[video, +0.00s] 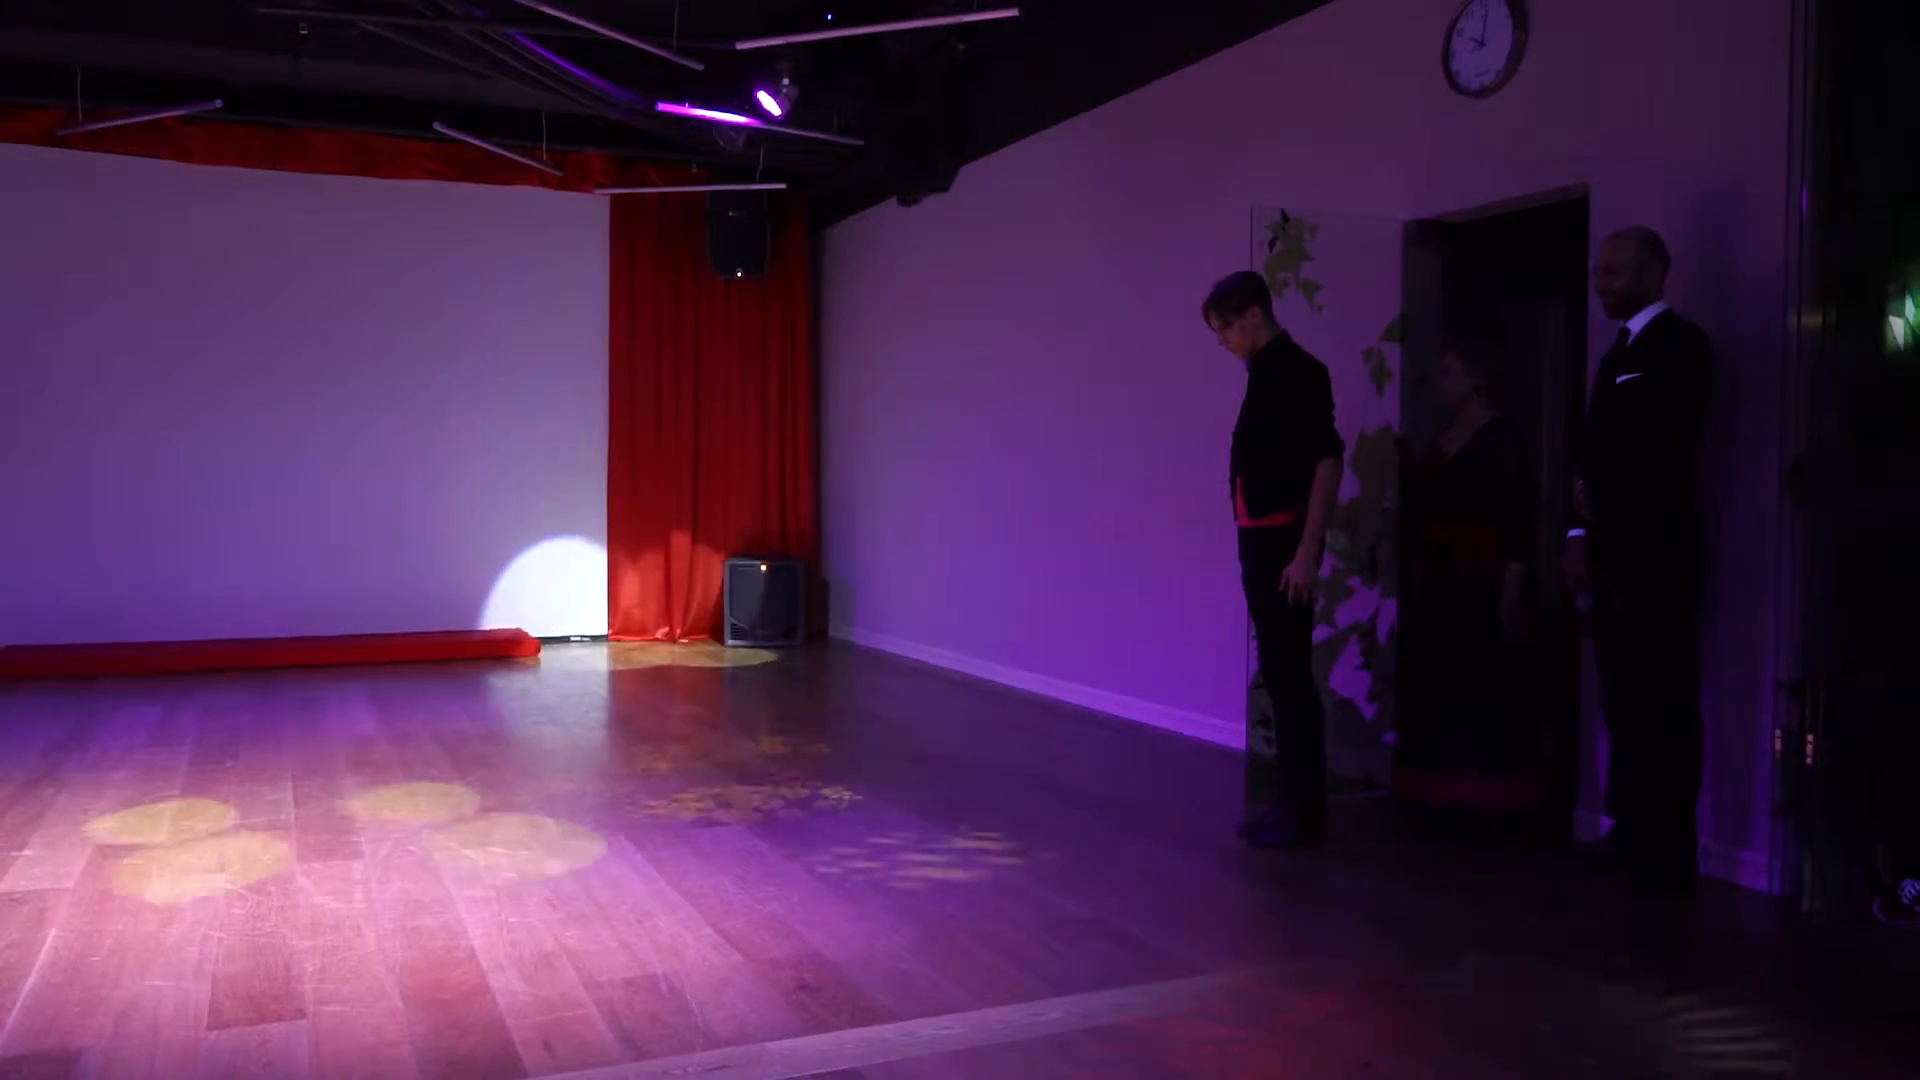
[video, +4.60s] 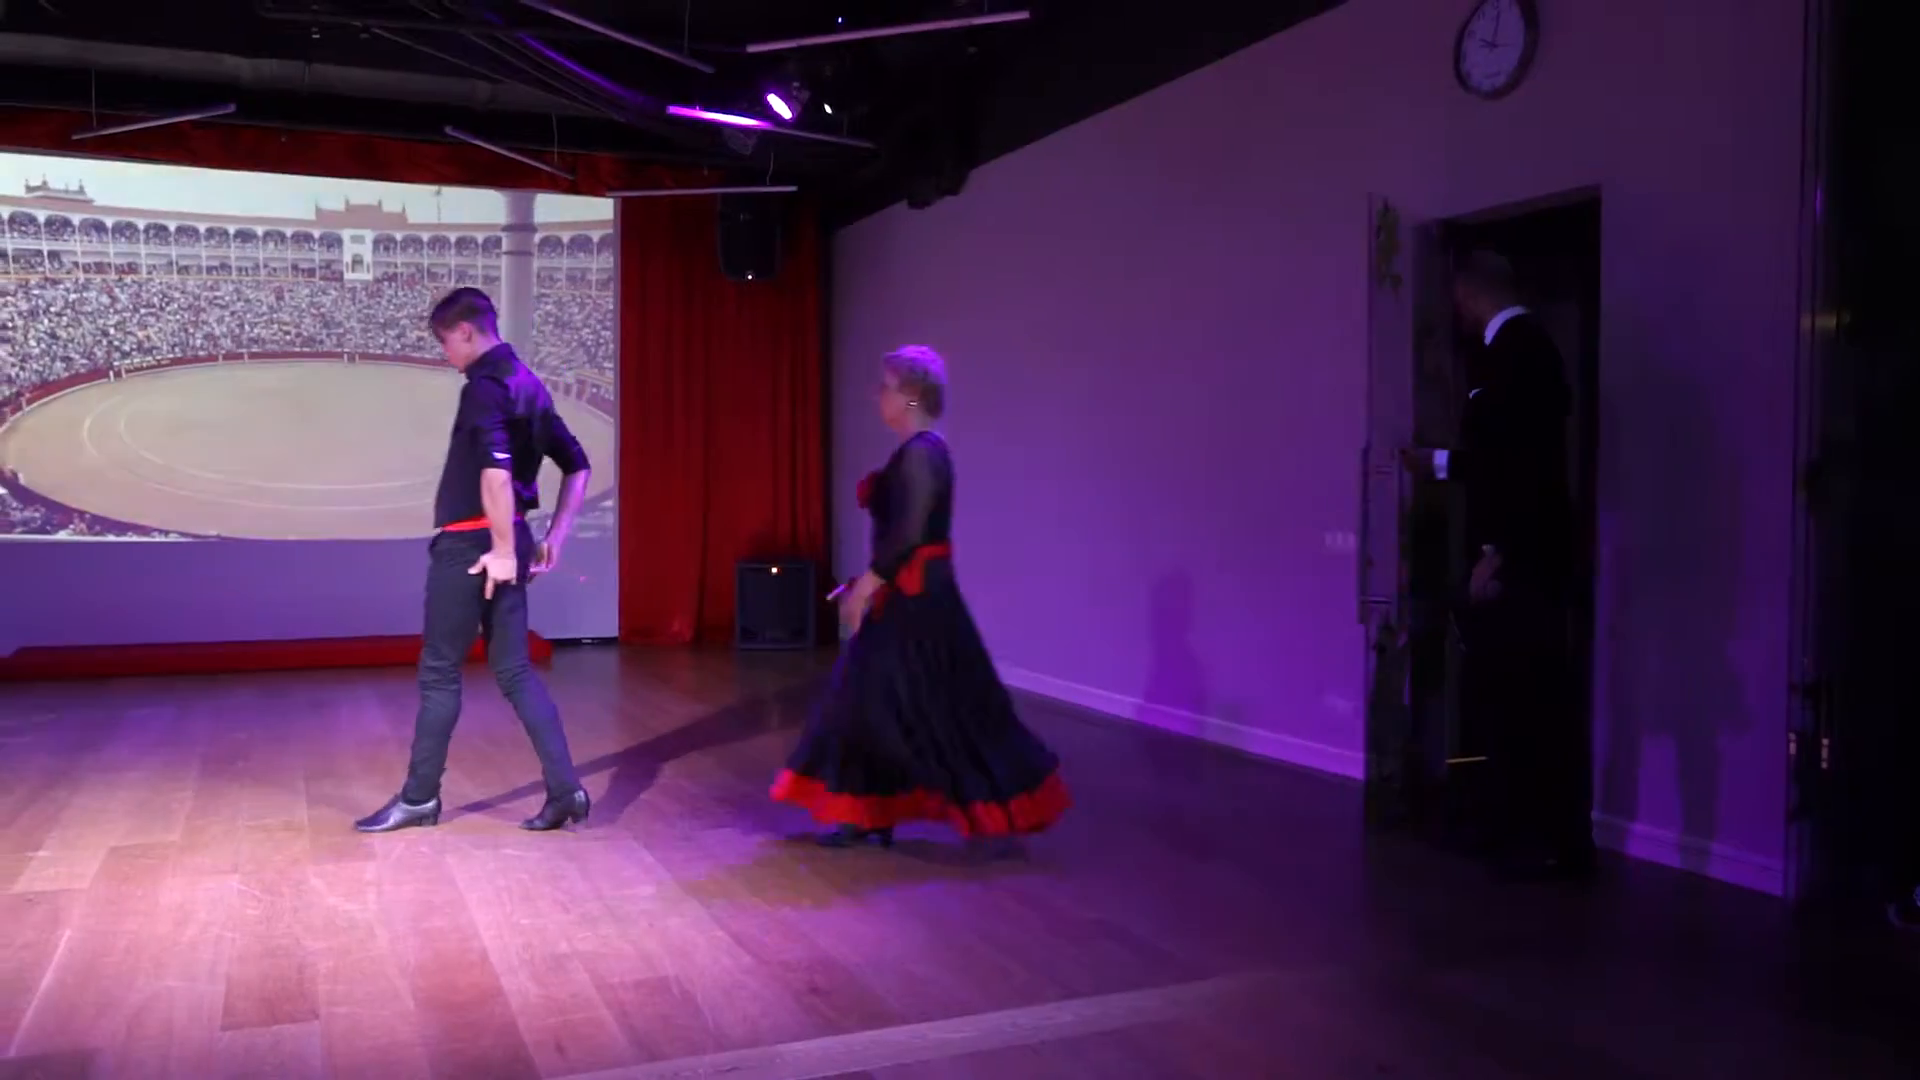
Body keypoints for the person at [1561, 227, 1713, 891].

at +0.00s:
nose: (1602, 284)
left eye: (1615, 272)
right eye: (1599, 272)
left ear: (1652, 275)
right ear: (1607, 278)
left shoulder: (1679, 347)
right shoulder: (1619, 354)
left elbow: (1658, 458)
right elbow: (1592, 454)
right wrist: (1579, 530)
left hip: (1664, 551)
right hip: (1623, 551)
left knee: (1660, 704)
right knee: (1630, 705)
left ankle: (1663, 851)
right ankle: (1632, 844)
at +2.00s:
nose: (1602, 286)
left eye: (1611, 274)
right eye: (1603, 274)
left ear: (1645, 277)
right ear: (1650, 276)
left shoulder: (1682, 350)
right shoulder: (1647, 348)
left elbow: (1661, 461)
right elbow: (1621, 451)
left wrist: (1619, 526)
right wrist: (1584, 511)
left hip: (1667, 555)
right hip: (1639, 553)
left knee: (1662, 698)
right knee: (1640, 698)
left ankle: (1664, 848)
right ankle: (1638, 839)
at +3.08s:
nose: (1534, 301)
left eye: (1541, 288)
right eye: (1535, 289)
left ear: (1570, 288)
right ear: (1584, 287)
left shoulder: (1598, 361)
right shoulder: (1601, 356)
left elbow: (1585, 470)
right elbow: (1584, 469)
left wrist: (1547, 525)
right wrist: (1546, 525)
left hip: (1595, 552)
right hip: (1590, 549)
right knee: (1634, 695)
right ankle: (1675, 847)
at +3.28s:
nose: (1483, 304)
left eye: (1490, 292)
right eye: (1484, 292)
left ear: (1520, 292)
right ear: (1526, 293)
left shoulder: (1562, 356)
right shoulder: (1537, 356)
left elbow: (1560, 466)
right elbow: (1545, 464)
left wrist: (1525, 539)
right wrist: (1518, 535)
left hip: (1567, 547)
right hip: (1553, 545)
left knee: (1598, 690)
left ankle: (1656, 842)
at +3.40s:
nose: (1460, 308)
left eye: (1465, 294)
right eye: (1460, 295)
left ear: (1492, 292)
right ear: (1497, 291)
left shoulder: (1547, 352)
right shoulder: (1498, 358)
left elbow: (1552, 459)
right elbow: (1445, 424)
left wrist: (1523, 537)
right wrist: (1356, 442)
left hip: (1556, 545)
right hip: (1516, 544)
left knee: (1580, 689)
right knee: (1503, 683)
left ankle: (1620, 838)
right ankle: (1504, 822)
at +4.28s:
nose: (1433, 305)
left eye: (1439, 290)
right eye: (1433, 292)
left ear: (1464, 288)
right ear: (1468, 286)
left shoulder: (1511, 351)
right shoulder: (1479, 352)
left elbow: (1513, 455)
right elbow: (1459, 451)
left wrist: (1511, 539)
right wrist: (1369, 456)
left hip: (1518, 558)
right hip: (1493, 555)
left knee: (1510, 695)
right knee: (1494, 693)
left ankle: (1521, 835)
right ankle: (1499, 828)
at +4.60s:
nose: (1459, 308)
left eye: (1460, 296)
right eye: (1460, 296)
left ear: (1473, 294)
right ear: (1506, 290)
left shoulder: (1511, 356)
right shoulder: (1527, 349)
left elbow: (1507, 463)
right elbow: (1508, 460)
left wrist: (1494, 548)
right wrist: (1444, 465)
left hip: (1521, 554)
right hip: (1530, 546)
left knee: (1511, 693)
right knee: (1521, 691)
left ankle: (1518, 830)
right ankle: (1524, 827)